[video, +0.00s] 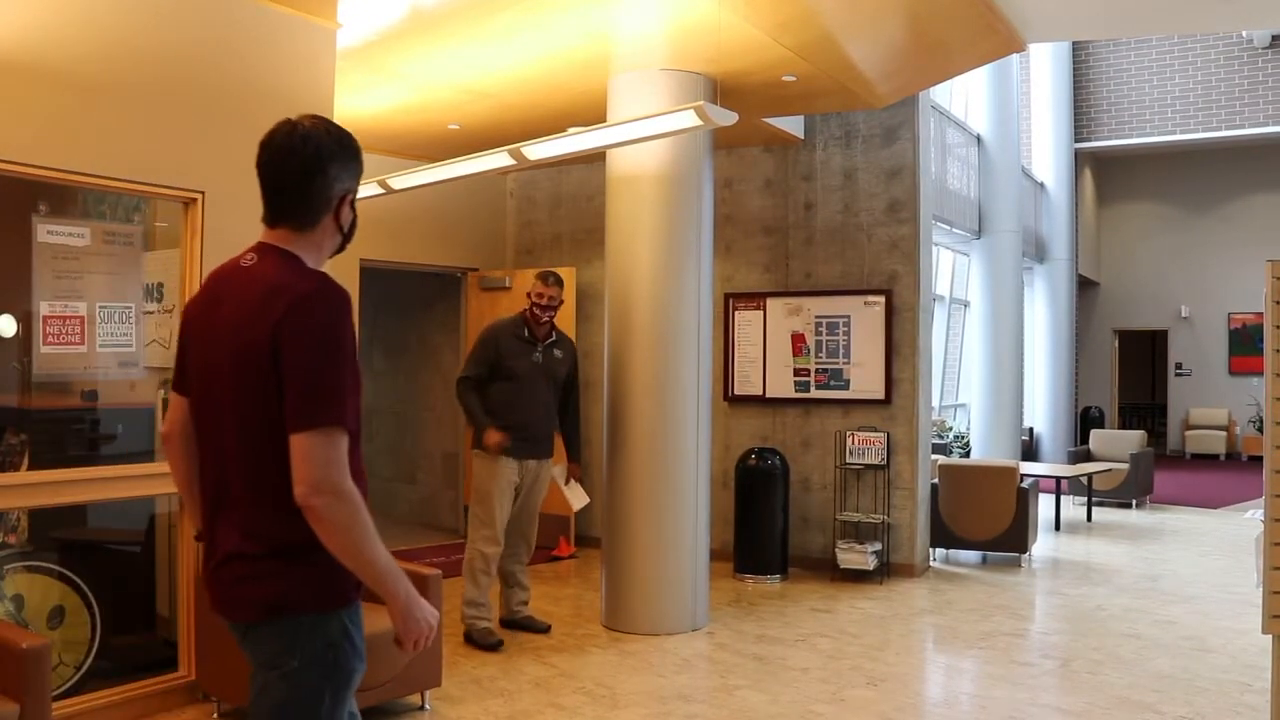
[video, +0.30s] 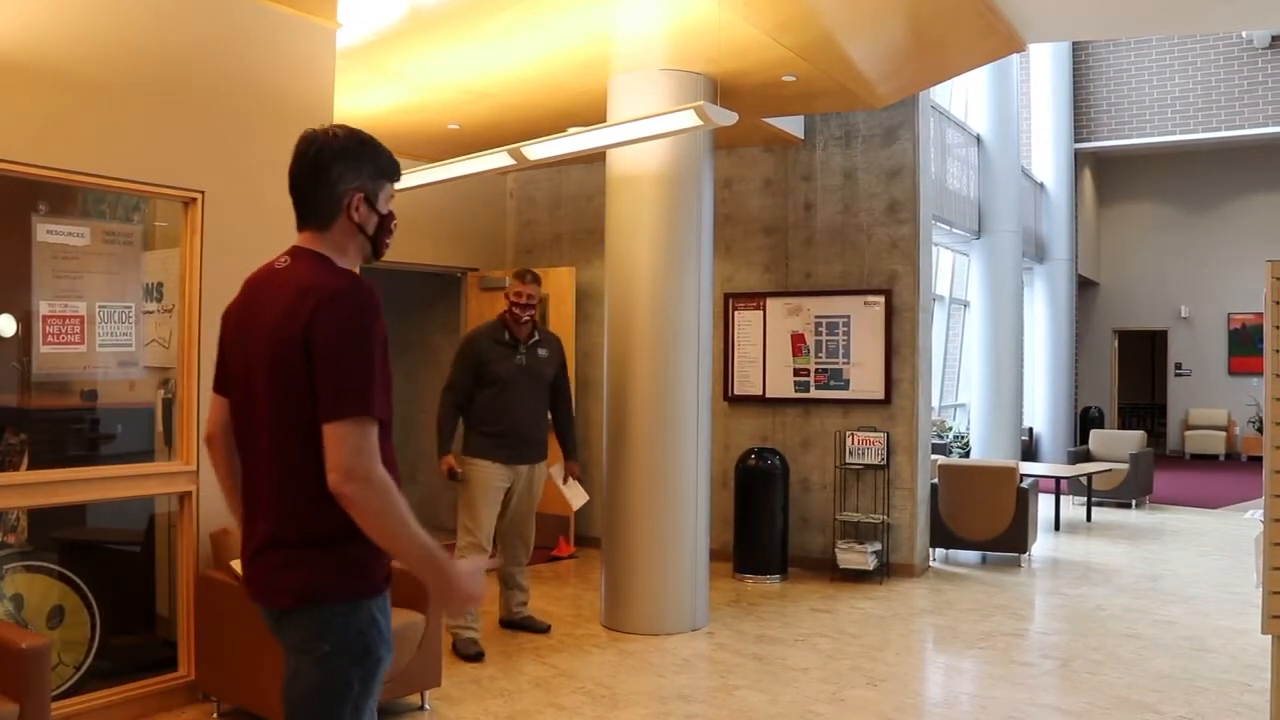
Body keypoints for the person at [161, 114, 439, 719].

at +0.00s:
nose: (355, 212)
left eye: (356, 195)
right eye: (356, 196)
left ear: (269, 192)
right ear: (344, 206)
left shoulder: (211, 294)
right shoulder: (315, 300)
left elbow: (177, 432)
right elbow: (320, 485)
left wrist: (209, 526)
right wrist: (403, 597)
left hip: (240, 578)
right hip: (303, 592)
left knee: (322, 702)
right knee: (302, 709)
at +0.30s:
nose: (393, 217)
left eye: (393, 200)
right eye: (389, 200)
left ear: (306, 203)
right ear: (356, 206)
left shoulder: (254, 291)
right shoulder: (344, 296)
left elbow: (219, 433)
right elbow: (353, 472)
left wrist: (254, 533)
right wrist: (438, 568)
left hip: (278, 573)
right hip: (334, 585)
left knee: (337, 706)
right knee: (335, 711)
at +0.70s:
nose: (421, 226)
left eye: (421, 211)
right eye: (420, 210)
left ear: (340, 207)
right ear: (397, 213)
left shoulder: (292, 291)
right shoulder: (381, 295)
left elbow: (254, 422)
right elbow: (408, 450)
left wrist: (326, 462)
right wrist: (540, 496)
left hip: (308, 561)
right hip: (383, 567)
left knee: (339, 712)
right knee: (417, 707)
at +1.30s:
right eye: (478, 218)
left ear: (396, 212)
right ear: (469, 224)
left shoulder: (343, 298)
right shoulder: (459, 304)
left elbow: (303, 422)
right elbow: (496, 458)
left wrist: (369, 457)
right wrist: (624, 494)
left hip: (370, 559)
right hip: (451, 563)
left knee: (385, 711)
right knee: (498, 707)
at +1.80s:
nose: (563, 223)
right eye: (565, 213)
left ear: (482, 207)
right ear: (559, 219)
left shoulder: (424, 296)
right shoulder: (557, 300)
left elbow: (374, 429)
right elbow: (600, 462)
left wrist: (416, 460)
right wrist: (726, 499)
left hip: (456, 569)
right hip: (541, 576)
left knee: (475, 712)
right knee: (545, 711)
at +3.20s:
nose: (688, 226)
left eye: (691, 216)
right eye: (692, 216)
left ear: (697, 224)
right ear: (760, 231)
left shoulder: (652, 309)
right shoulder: (803, 323)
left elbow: (612, 445)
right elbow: (828, 469)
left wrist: (550, 492)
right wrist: (771, 479)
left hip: (671, 568)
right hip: (770, 571)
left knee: (625, 709)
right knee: (765, 714)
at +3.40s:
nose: (715, 229)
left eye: (718, 219)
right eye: (719, 219)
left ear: (725, 226)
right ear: (789, 234)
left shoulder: (696, 305)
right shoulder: (830, 322)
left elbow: (670, 442)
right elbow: (853, 465)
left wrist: (589, 501)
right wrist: (794, 488)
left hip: (706, 565)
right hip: (799, 568)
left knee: (642, 713)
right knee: (772, 713)